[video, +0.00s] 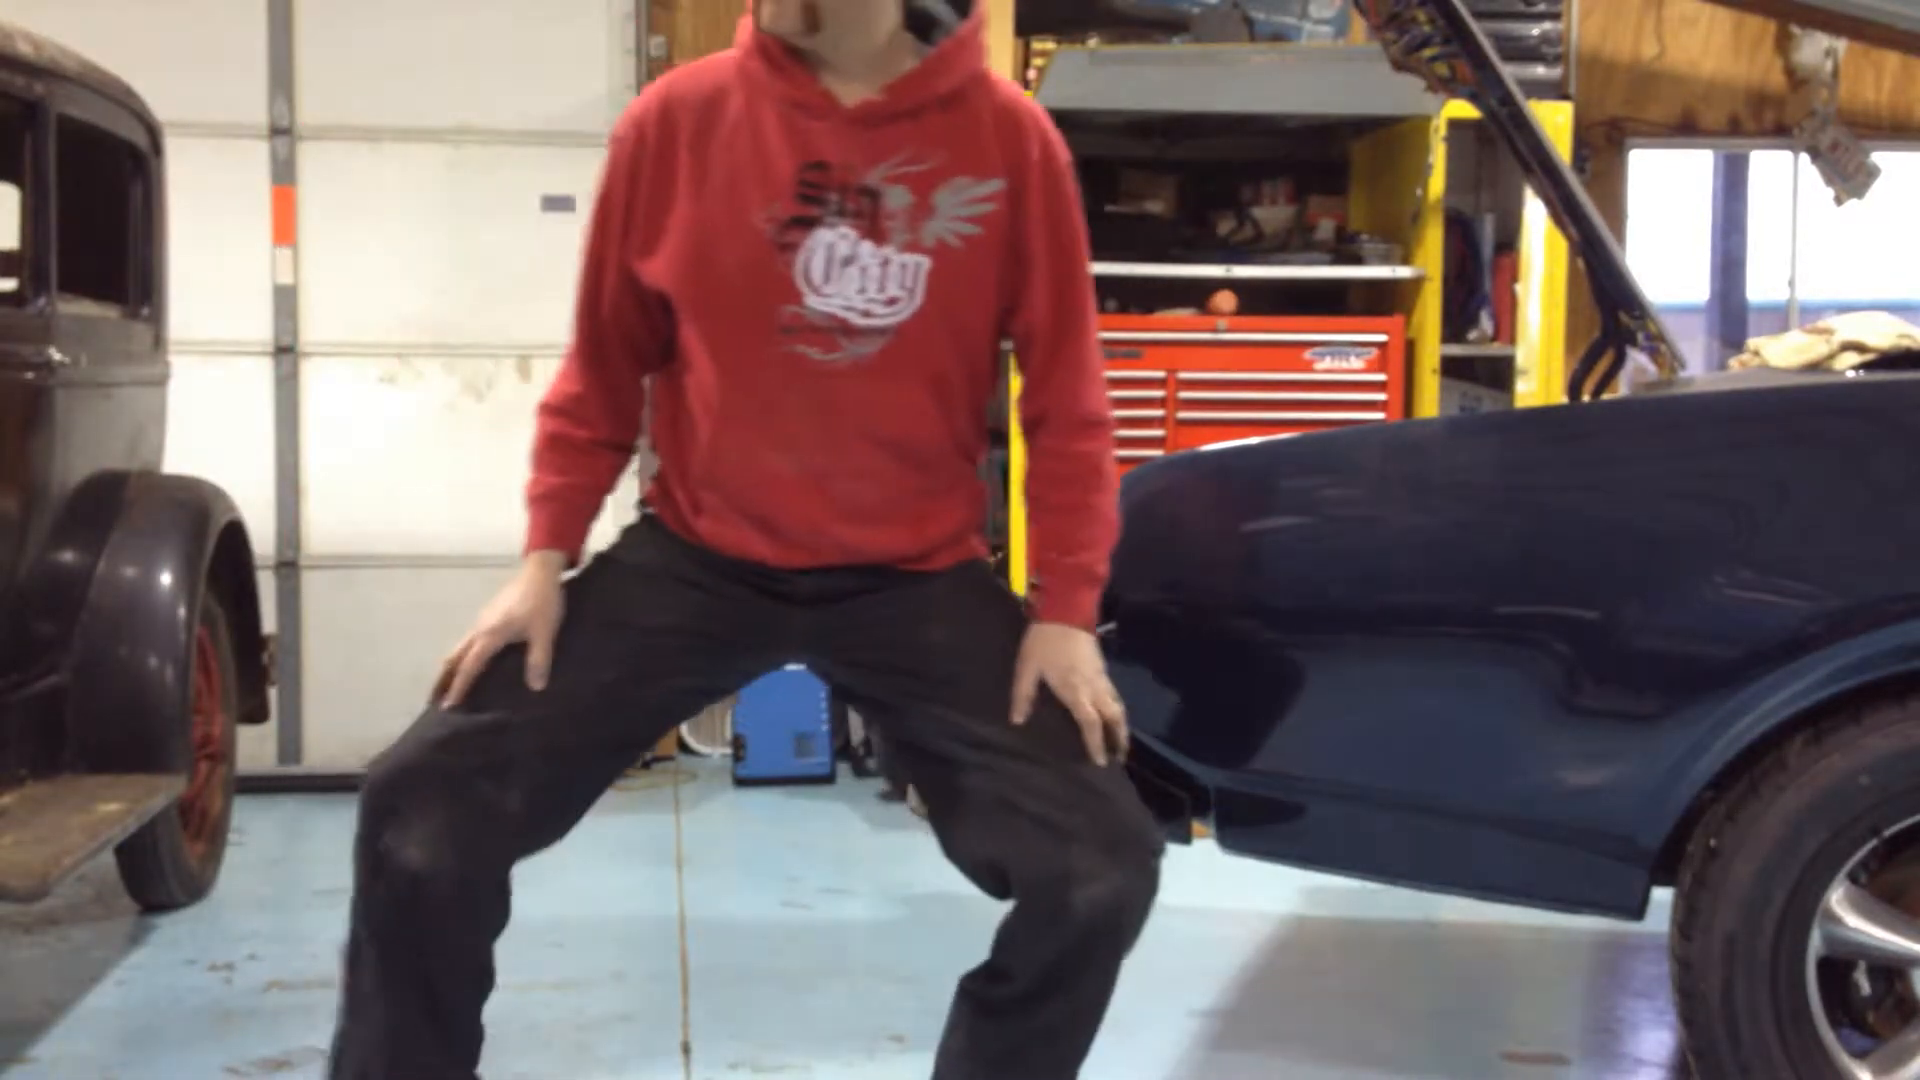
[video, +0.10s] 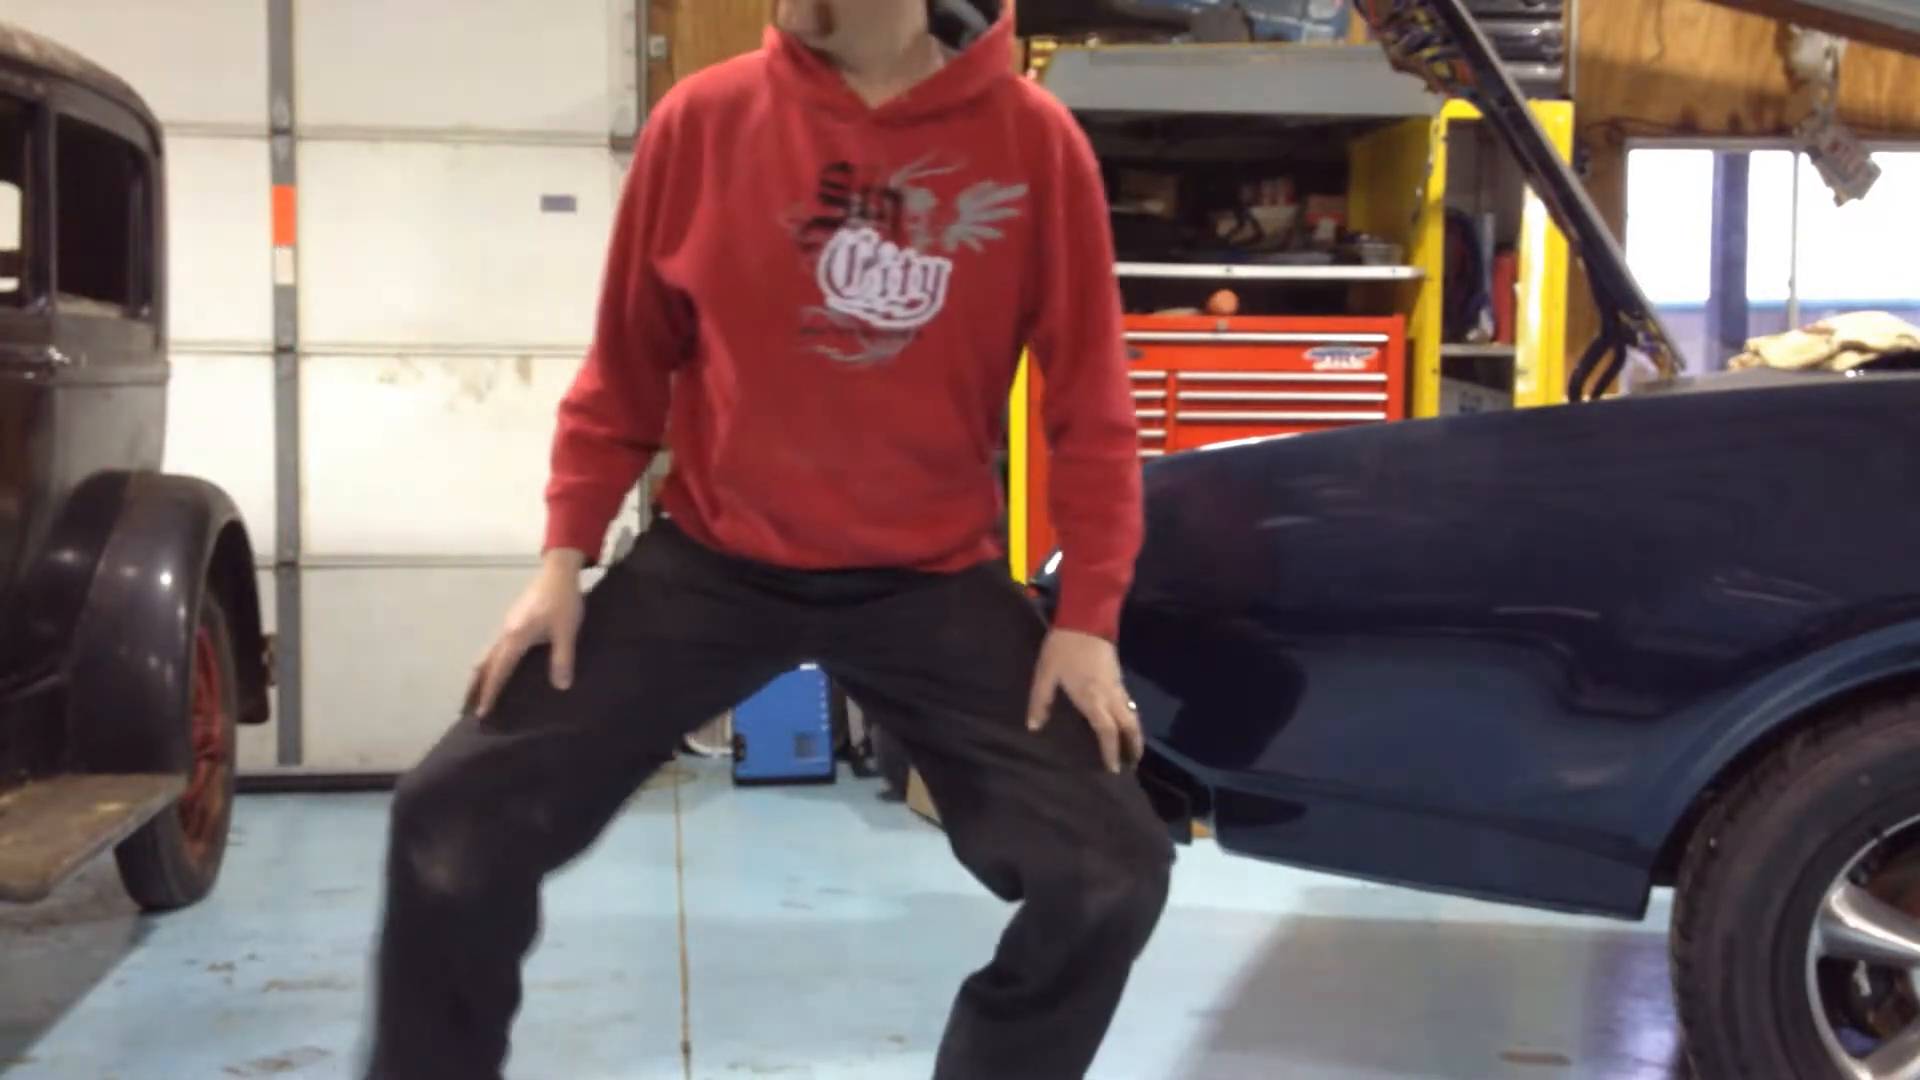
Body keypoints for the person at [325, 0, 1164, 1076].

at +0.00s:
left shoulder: (1011, 140)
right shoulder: (675, 123)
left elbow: (1068, 393)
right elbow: (603, 361)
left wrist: (1066, 611)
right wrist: (545, 556)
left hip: (916, 581)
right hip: (694, 562)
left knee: (1101, 862)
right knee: (423, 809)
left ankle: (985, 1075)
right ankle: (401, 1072)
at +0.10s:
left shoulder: (1033, 140)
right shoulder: (702, 120)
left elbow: (1091, 394)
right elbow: (625, 361)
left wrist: (1088, 618)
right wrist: (561, 558)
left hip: (932, 585)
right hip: (709, 568)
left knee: (1113, 867)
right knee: (454, 819)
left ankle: (989, 1069)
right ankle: (428, 1072)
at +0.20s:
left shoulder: (1045, 146)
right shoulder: (712, 122)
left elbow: (1105, 403)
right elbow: (639, 358)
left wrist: (1101, 618)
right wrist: (578, 550)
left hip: (936, 582)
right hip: (715, 560)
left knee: (1125, 853)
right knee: (451, 807)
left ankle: (994, 1072)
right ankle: (409, 1071)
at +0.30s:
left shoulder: (1037, 142)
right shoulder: (706, 124)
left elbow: (1103, 400)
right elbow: (629, 361)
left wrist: (1103, 621)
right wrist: (571, 555)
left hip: (933, 586)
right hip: (711, 565)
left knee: (1117, 870)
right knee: (453, 813)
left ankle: (985, 1067)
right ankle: (423, 1067)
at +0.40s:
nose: (780, 2)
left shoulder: (1025, 145)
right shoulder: (696, 120)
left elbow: (1076, 401)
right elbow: (620, 355)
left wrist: (1078, 624)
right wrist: (556, 544)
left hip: (924, 586)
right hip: (700, 562)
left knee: (1101, 871)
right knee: (431, 800)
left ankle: (982, 1075)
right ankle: (390, 1072)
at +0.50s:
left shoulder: (998, 137)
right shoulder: (666, 118)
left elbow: (1058, 395)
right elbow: (588, 358)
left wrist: (1059, 615)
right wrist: (526, 550)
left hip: (898, 577)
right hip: (675, 557)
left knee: (1088, 858)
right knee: (413, 809)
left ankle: (985, 1073)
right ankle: (371, 1069)